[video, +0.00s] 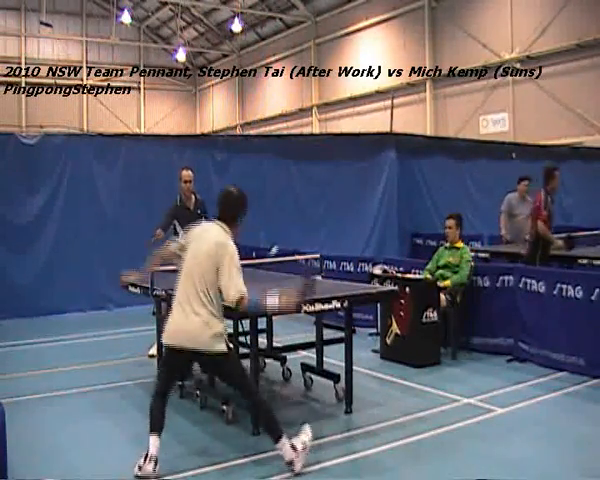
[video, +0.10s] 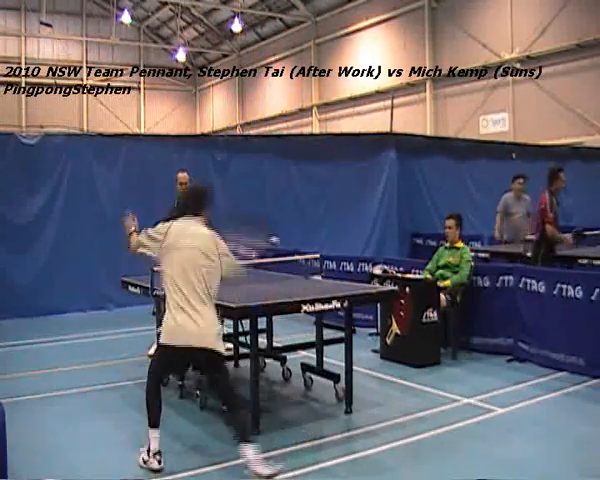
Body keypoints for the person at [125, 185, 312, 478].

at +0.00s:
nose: (243, 221)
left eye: (242, 214)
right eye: (243, 215)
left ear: (218, 209)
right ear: (240, 216)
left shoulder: (197, 230)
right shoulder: (226, 246)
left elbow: (167, 251)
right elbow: (234, 297)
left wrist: (148, 268)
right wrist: (241, 297)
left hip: (175, 335)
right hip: (208, 338)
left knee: (160, 392)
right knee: (248, 391)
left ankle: (151, 457)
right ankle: (289, 451)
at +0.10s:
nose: (210, 213)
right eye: (209, 209)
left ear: (180, 205)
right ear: (204, 209)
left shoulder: (165, 231)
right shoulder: (213, 240)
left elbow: (135, 245)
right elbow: (233, 269)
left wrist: (132, 228)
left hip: (172, 337)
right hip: (207, 337)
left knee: (153, 382)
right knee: (227, 391)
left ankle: (153, 452)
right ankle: (252, 456)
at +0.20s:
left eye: (170, 207)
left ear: (168, 213)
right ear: (193, 213)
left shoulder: (162, 242)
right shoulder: (202, 239)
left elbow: (132, 271)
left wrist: (131, 260)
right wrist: (182, 190)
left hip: (178, 342)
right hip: (210, 341)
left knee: (154, 379)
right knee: (213, 407)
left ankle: (155, 453)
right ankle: (232, 466)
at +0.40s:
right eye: (185, 193)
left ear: (162, 206)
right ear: (187, 204)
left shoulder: (161, 234)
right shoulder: (197, 230)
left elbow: (147, 282)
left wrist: (140, 334)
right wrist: (143, 278)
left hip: (178, 331)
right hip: (211, 327)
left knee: (159, 381)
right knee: (223, 387)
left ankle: (155, 451)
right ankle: (251, 446)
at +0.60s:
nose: (196, 187)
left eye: (193, 182)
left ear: (191, 184)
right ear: (215, 184)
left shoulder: (184, 213)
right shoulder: (230, 211)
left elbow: (168, 259)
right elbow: (236, 255)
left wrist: (167, 306)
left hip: (195, 316)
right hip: (229, 314)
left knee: (171, 376)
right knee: (253, 373)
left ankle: (155, 449)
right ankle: (275, 445)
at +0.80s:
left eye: (229, 176)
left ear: (229, 178)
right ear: (254, 180)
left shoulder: (221, 210)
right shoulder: (265, 214)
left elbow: (205, 251)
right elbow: (273, 265)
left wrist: (194, 282)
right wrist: (254, 277)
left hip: (225, 321)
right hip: (259, 319)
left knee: (198, 373)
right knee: (264, 375)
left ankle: (174, 443)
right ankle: (273, 446)